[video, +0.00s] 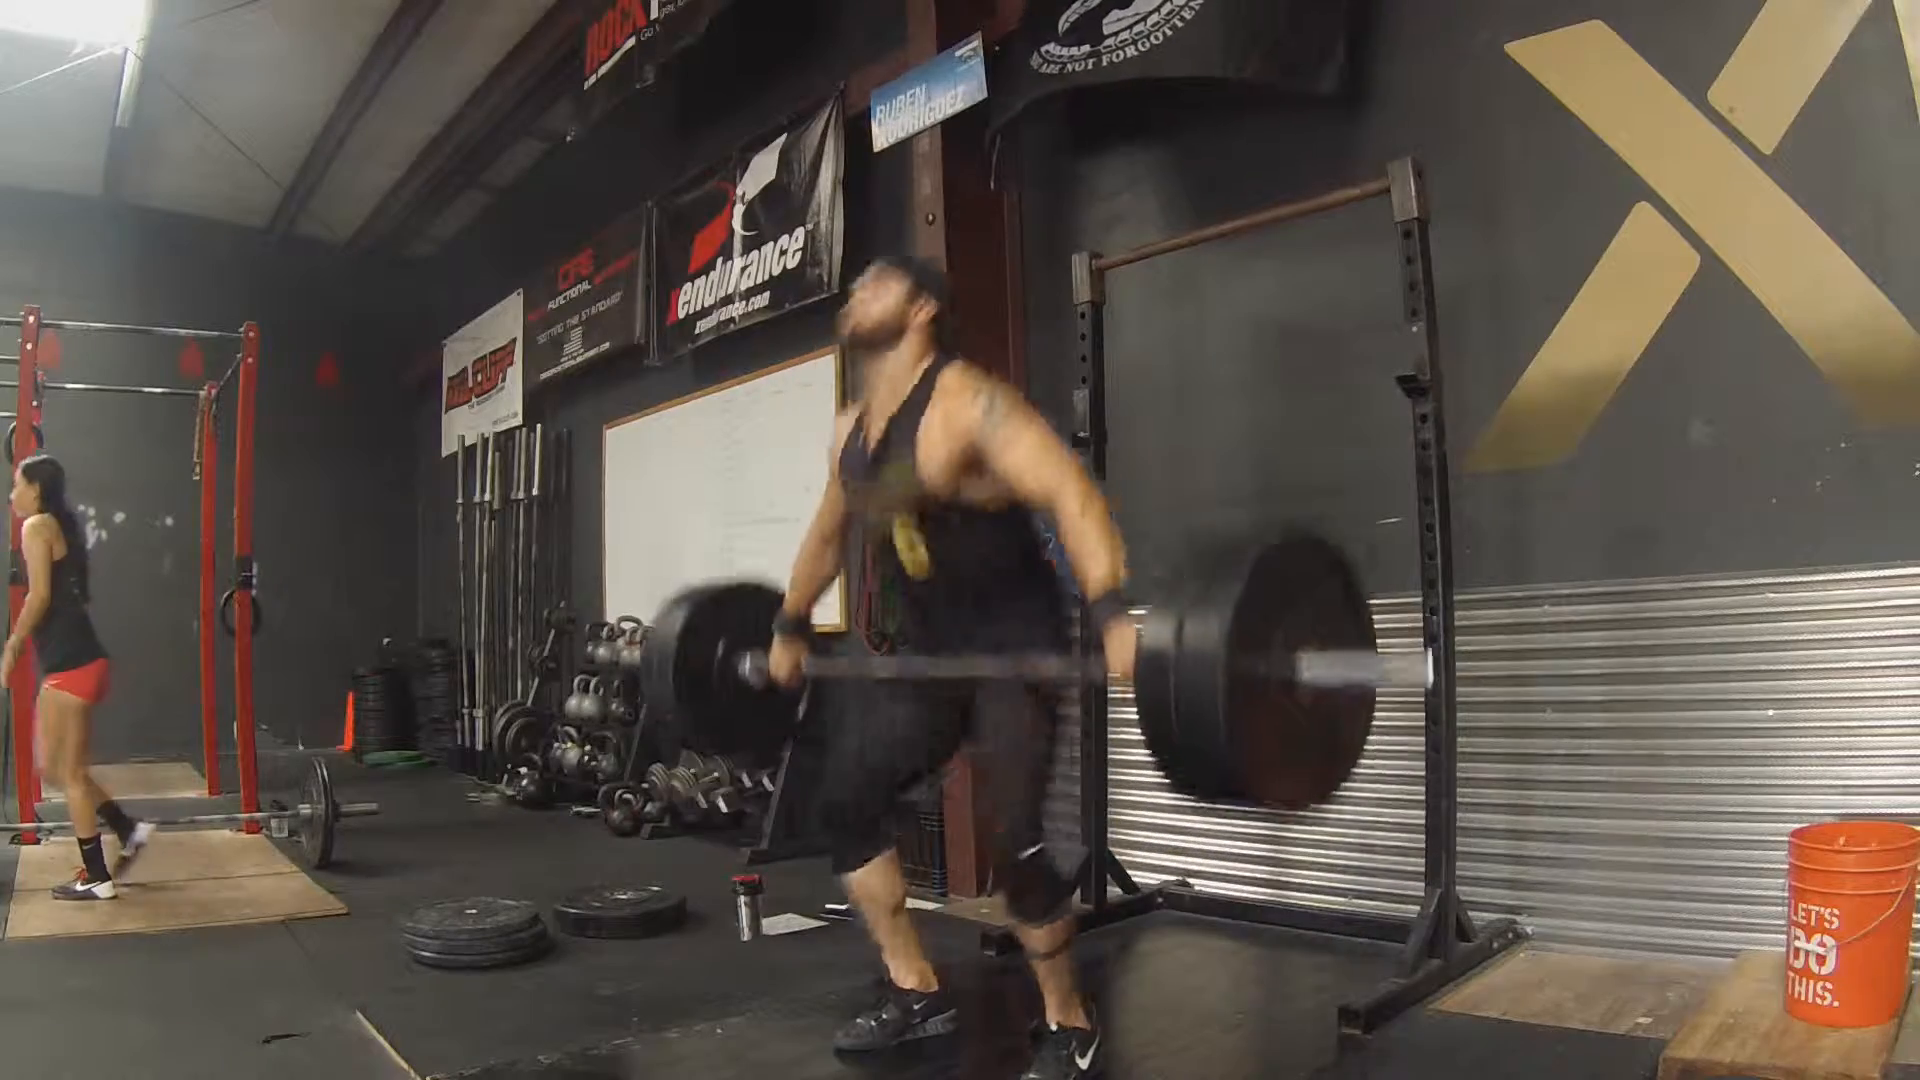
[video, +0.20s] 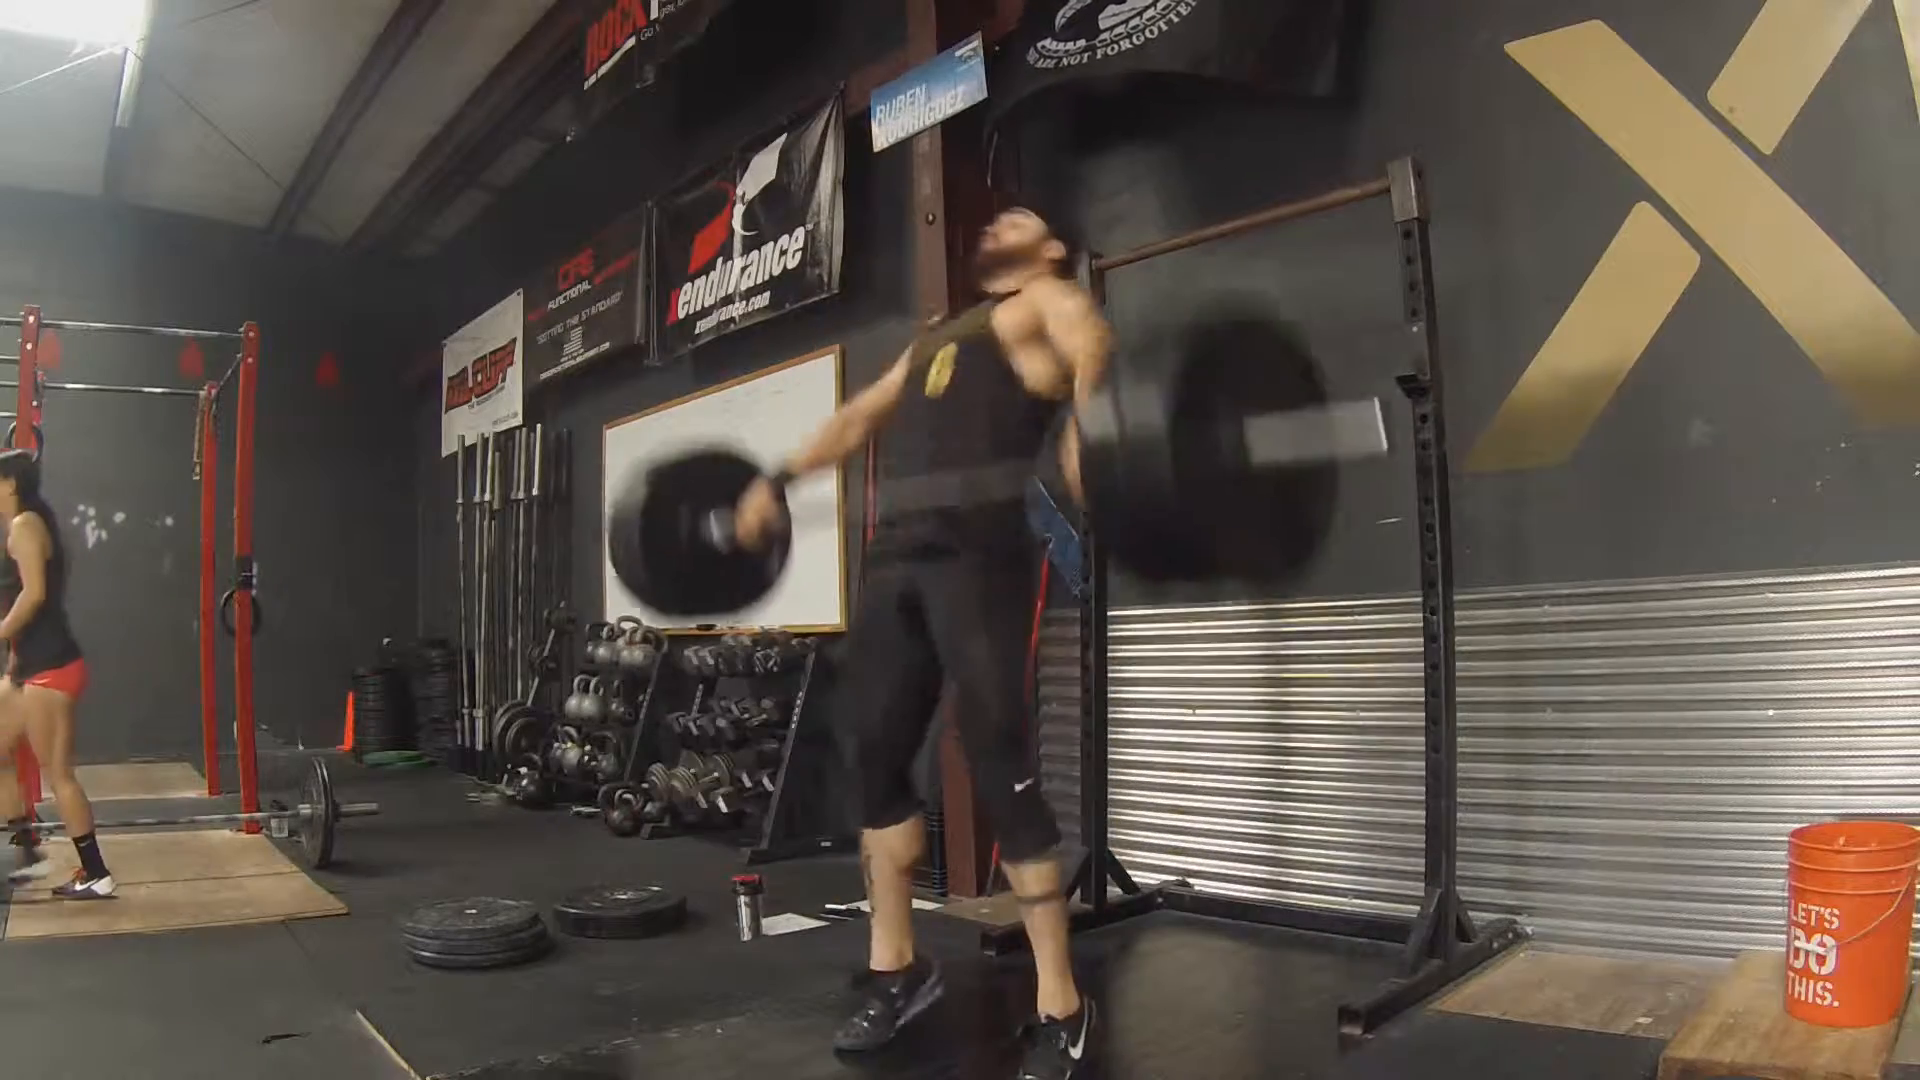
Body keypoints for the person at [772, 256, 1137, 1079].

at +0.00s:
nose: (857, 295)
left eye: (879, 284)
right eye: (857, 287)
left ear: (922, 312)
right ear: (855, 323)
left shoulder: (972, 401)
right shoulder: (857, 430)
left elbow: (1073, 492)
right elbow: (827, 533)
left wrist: (1112, 610)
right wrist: (791, 624)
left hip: (1017, 659)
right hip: (920, 663)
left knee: (1016, 855)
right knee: (843, 805)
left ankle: (1069, 1025)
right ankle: (915, 992)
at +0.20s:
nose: (999, 225)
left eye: (1021, 220)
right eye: (995, 220)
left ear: (1056, 250)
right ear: (982, 254)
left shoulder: (1047, 298)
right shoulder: (935, 339)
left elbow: (1092, 354)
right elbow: (860, 414)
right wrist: (779, 476)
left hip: (983, 554)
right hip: (895, 557)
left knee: (1000, 768)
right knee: (873, 758)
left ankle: (1059, 1004)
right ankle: (895, 970)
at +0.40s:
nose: (935, 351)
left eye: (953, 334)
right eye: (935, 337)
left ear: (1004, 344)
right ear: (942, 351)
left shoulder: (1037, 408)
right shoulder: (931, 427)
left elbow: (1121, 424)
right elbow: (856, 444)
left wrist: (1100, 319)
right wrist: (783, 403)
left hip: (1005, 693)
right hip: (926, 694)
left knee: (987, 871)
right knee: (804, 827)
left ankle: (1061, 1038)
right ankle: (897, 993)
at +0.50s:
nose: (861, 453)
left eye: (880, 437)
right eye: (860, 440)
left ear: (930, 454)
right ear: (862, 459)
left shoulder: (975, 521)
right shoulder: (866, 542)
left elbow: (1057, 447)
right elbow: (794, 498)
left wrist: (1077, 324)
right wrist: (756, 427)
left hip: (1013, 786)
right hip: (917, 786)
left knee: (977, 889)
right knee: (793, 848)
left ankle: (1057, 1034)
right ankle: (898, 995)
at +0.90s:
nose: (797, 612)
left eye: (815, 592)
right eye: (794, 595)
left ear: (867, 603)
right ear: (791, 607)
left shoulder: (927, 654)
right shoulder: (827, 672)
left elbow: (993, 575)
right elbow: (769, 597)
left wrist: (1074, 467)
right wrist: (750, 525)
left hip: (983, 878)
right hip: (882, 879)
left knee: (941, 918)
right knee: (756, 876)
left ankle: (1051, 1034)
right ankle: (895, 993)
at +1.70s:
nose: (762, 490)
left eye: (774, 470)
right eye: (755, 474)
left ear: (831, 464)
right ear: (756, 477)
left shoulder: (911, 506)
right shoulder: (812, 534)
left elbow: (1005, 420)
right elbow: (748, 466)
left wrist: (1089, 309)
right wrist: (746, 392)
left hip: (1014, 725)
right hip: (917, 740)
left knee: (966, 858)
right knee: (793, 831)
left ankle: (1052, 1031)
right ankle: (892, 990)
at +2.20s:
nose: (785, 342)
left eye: (796, 322)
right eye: (779, 330)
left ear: (850, 308)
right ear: (791, 334)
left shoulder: (932, 351)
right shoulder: (823, 386)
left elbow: (1014, 255)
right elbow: (758, 330)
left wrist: (1109, 146)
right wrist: (753, 256)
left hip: (1007, 616)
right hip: (917, 636)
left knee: (999, 829)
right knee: (842, 797)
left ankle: (1058, 1033)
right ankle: (898, 995)